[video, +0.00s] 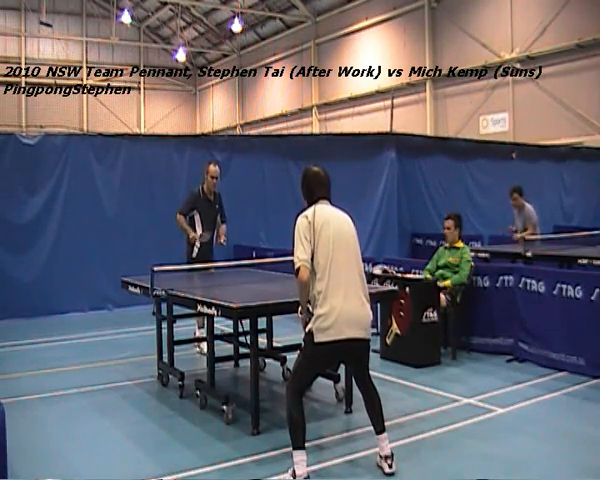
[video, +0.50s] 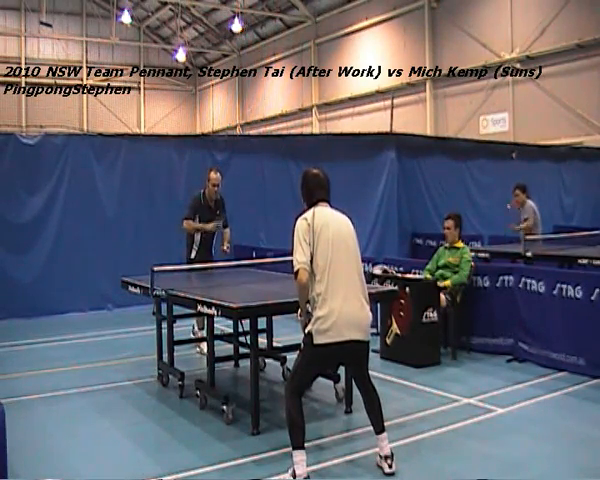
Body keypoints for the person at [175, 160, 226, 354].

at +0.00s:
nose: (215, 181)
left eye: (217, 178)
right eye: (212, 177)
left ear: (219, 178)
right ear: (205, 177)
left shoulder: (217, 197)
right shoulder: (195, 196)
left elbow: (222, 220)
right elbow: (179, 215)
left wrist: (221, 233)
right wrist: (190, 232)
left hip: (209, 249)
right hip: (196, 249)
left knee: (209, 291)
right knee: (199, 292)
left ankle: (202, 332)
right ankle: (200, 332)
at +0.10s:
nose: (215, 183)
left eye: (217, 179)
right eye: (212, 179)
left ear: (219, 180)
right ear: (205, 178)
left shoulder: (218, 198)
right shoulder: (196, 197)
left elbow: (222, 222)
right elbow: (179, 216)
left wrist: (222, 236)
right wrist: (191, 233)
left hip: (210, 248)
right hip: (196, 248)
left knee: (209, 290)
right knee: (199, 292)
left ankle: (202, 333)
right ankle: (200, 333)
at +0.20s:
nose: (216, 184)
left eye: (218, 181)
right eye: (213, 181)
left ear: (221, 181)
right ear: (206, 180)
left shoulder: (219, 199)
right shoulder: (197, 198)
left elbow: (224, 224)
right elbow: (180, 218)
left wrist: (223, 242)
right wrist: (194, 233)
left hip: (208, 251)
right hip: (195, 252)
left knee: (208, 294)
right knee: (199, 295)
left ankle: (201, 333)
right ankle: (200, 333)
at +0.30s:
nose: (216, 187)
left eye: (218, 183)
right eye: (213, 183)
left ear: (221, 183)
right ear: (207, 182)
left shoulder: (219, 200)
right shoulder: (198, 199)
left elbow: (224, 226)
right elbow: (181, 219)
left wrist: (223, 243)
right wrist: (196, 232)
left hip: (209, 250)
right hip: (196, 250)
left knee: (208, 292)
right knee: (199, 293)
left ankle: (201, 333)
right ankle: (200, 332)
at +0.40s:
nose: (216, 188)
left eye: (218, 185)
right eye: (213, 185)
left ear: (221, 184)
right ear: (206, 184)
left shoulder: (220, 201)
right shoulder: (197, 200)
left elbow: (224, 226)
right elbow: (184, 222)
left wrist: (225, 244)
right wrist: (201, 230)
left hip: (208, 252)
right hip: (195, 253)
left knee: (208, 294)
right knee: (199, 295)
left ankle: (201, 332)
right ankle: (199, 332)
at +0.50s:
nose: (215, 189)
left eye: (218, 185)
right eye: (213, 185)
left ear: (221, 185)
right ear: (206, 184)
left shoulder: (220, 201)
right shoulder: (197, 200)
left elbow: (225, 226)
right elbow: (187, 224)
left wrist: (225, 242)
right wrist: (207, 227)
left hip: (208, 253)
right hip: (195, 253)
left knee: (207, 294)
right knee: (199, 295)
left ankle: (199, 331)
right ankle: (199, 332)